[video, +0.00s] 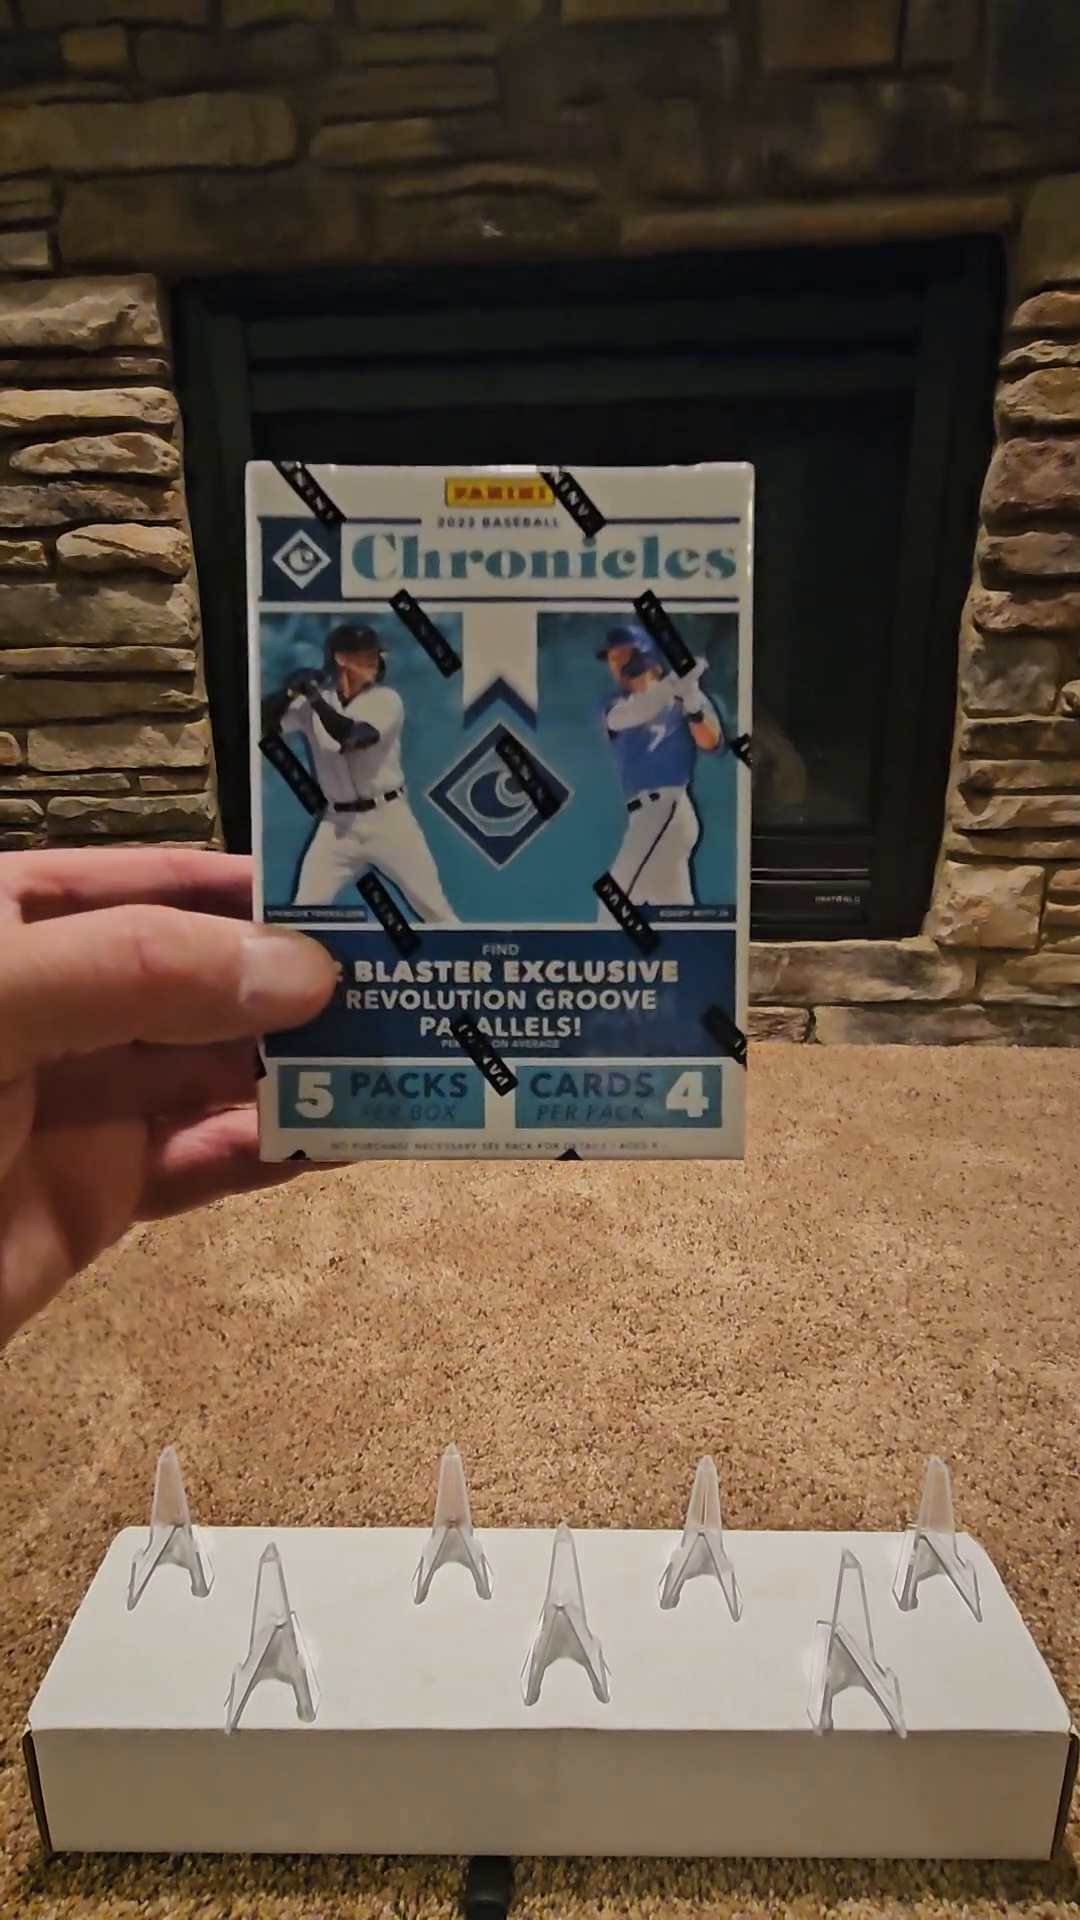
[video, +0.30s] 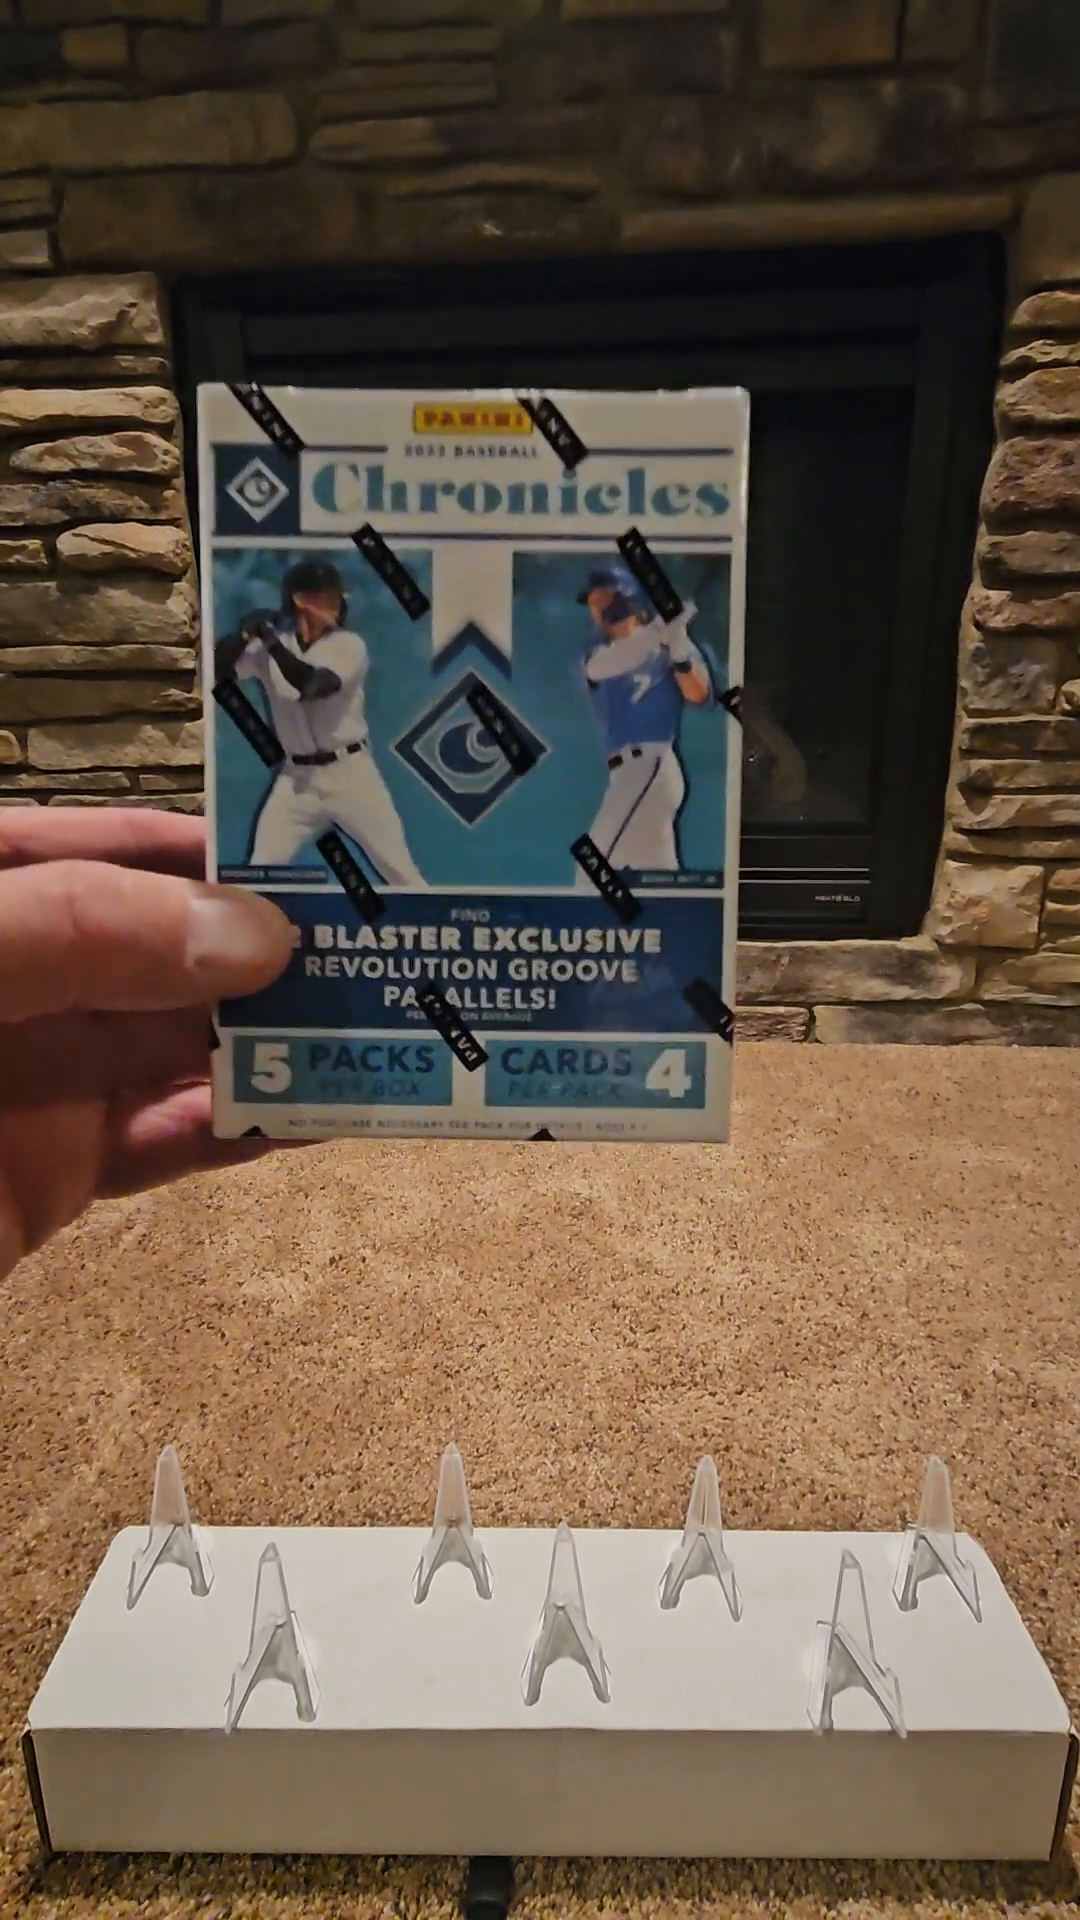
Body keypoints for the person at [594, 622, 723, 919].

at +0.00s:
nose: (617, 665)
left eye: (624, 655)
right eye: (612, 658)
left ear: (645, 657)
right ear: (608, 664)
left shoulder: (684, 696)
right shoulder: (612, 706)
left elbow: (711, 743)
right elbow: (632, 715)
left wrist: (692, 699)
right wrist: (671, 684)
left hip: (668, 811)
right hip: (643, 815)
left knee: (615, 904)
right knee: (676, 915)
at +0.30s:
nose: (600, 614)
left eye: (608, 603)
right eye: (595, 605)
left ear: (629, 602)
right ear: (589, 610)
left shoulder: (670, 643)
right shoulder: (595, 655)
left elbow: (698, 696)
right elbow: (624, 658)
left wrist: (679, 648)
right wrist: (660, 627)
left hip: (652, 768)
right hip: (625, 771)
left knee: (594, 868)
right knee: (659, 880)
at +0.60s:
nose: (622, 558)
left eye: (630, 547)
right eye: (617, 550)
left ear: (656, 549)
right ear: (613, 556)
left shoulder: (699, 592)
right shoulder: (622, 606)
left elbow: (732, 649)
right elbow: (642, 614)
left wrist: (710, 594)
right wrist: (682, 583)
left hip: (682, 727)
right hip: (653, 731)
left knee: (621, 835)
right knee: (693, 848)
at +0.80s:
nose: (644, 525)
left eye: (653, 513)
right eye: (641, 516)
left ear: (681, 514)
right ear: (638, 521)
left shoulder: (735, 562)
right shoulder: (652, 575)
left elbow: (765, 621)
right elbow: (655, 590)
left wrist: (742, 562)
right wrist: (718, 546)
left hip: (711, 704)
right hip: (682, 709)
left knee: (647, 819)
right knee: (721, 833)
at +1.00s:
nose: (679, 509)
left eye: (688, 496)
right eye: (674, 500)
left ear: (717, 497)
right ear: (670, 506)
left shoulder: (769, 547)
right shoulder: (680, 562)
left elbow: (801, 609)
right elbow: (698, 572)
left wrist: (777, 546)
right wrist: (757, 528)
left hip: (744, 697)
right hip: (713, 702)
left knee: (676, 816)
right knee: (753, 832)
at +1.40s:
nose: (683, 554)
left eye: (692, 541)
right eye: (678, 545)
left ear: (719, 544)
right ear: (675, 555)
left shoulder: (763, 590)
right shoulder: (686, 607)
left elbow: (800, 651)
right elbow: (692, 620)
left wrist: (776, 589)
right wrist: (755, 576)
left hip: (746, 733)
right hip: (714, 737)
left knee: (680, 849)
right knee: (749, 863)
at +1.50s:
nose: (668, 609)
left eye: (676, 597)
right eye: (663, 601)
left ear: (705, 600)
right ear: (660, 608)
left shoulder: (754, 649)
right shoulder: (665, 660)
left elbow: (783, 708)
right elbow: (687, 670)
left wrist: (761, 650)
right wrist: (738, 632)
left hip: (728, 787)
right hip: (698, 792)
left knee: (661, 897)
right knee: (735, 913)